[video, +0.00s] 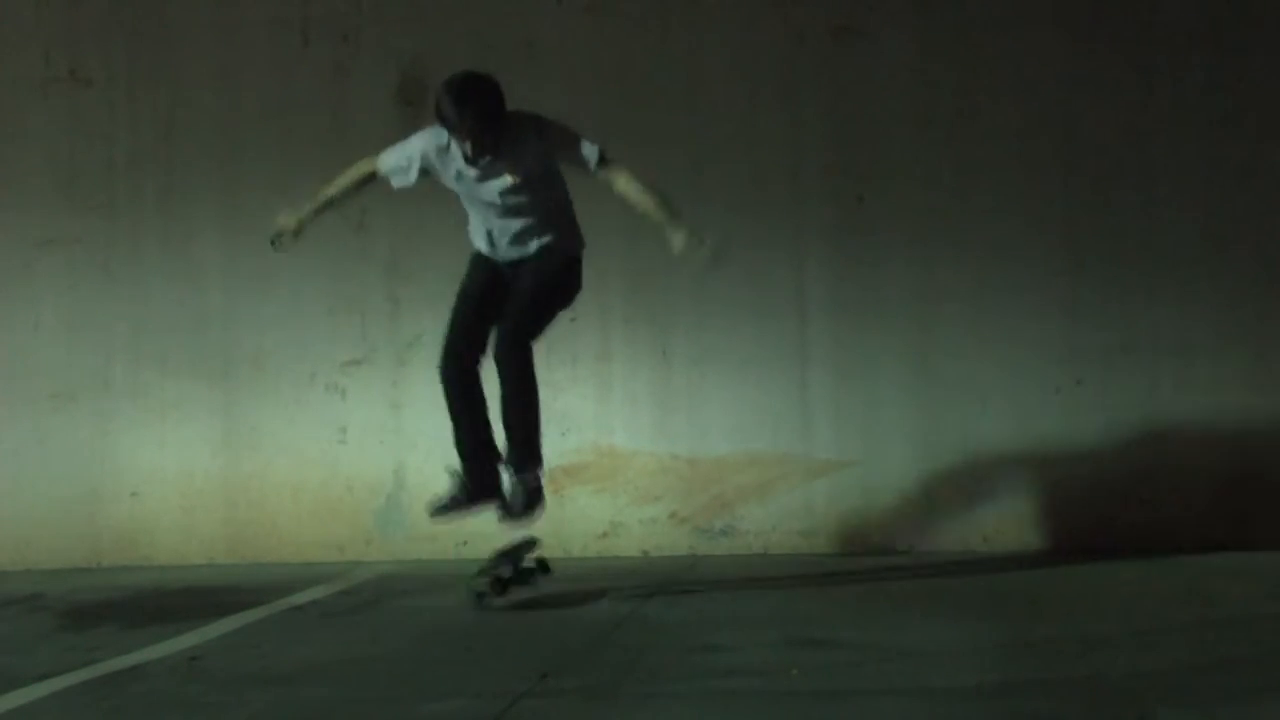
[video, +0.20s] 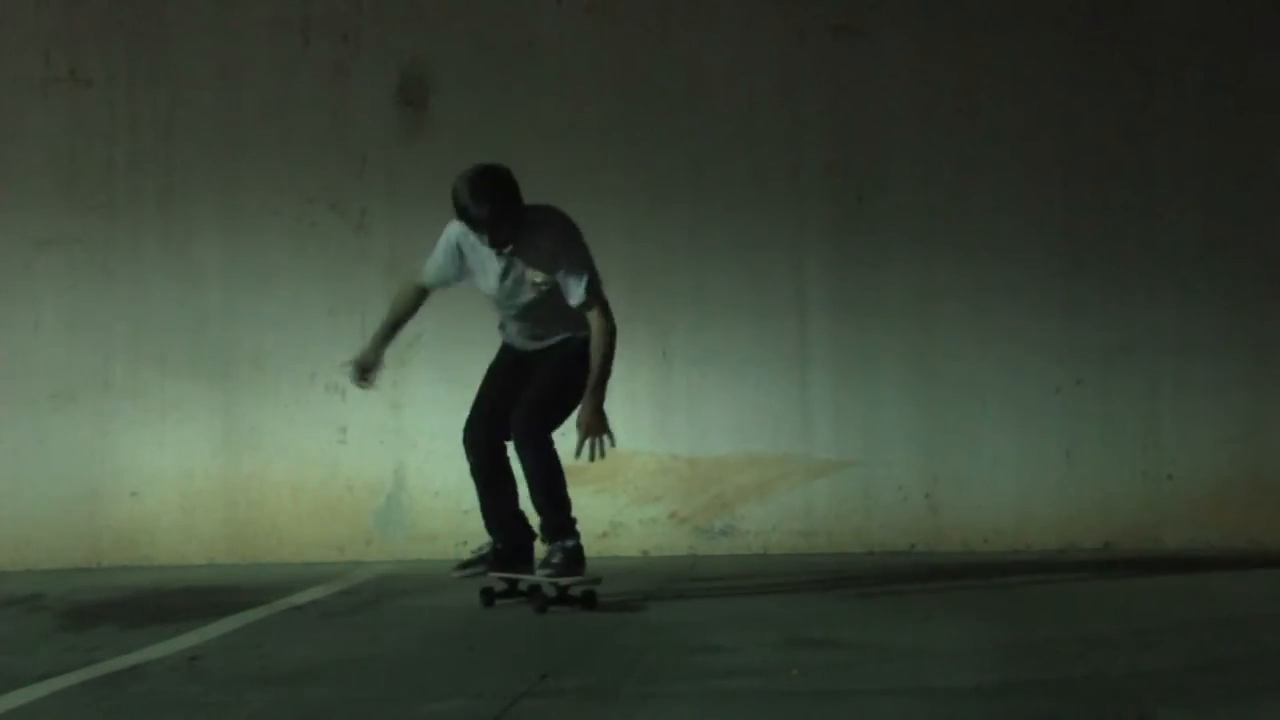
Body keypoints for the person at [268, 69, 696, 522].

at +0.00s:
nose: (470, 148)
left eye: (478, 137)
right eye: (461, 138)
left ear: (498, 122)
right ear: (448, 129)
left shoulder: (534, 137)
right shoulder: (435, 146)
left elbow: (606, 168)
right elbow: (367, 171)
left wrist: (671, 224)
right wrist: (300, 215)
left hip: (552, 261)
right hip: (491, 264)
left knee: (510, 343)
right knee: (457, 359)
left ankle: (525, 478)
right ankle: (480, 479)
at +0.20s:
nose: (496, 239)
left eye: (501, 228)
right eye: (485, 232)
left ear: (516, 211)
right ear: (470, 224)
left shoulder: (552, 233)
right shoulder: (460, 237)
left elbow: (601, 320)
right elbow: (419, 288)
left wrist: (594, 402)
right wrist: (374, 347)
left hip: (574, 347)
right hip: (517, 350)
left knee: (528, 428)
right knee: (479, 437)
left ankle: (563, 544)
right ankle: (511, 544)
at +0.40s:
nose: (518, 204)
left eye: (525, 192)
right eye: (507, 194)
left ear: (542, 177)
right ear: (495, 185)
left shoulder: (582, 198)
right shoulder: (487, 200)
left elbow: (628, 281)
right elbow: (460, 260)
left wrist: (618, 361)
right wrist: (426, 326)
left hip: (594, 323)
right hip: (541, 327)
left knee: (573, 422)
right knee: (518, 430)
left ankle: (594, 544)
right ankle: (537, 543)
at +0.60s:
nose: (556, 136)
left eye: (564, 122)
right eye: (544, 125)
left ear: (581, 114)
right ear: (529, 120)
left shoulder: (619, 154)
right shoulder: (517, 155)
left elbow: (659, 229)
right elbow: (486, 224)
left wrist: (673, 313)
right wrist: (456, 300)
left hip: (616, 306)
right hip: (554, 308)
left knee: (598, 411)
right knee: (540, 424)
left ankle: (620, 544)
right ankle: (561, 545)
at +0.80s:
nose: (600, 87)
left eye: (609, 75)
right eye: (588, 76)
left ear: (625, 72)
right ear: (570, 75)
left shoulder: (656, 128)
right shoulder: (547, 127)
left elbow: (692, 204)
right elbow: (518, 202)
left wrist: (713, 288)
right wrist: (501, 282)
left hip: (634, 294)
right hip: (568, 294)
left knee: (630, 417)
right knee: (563, 426)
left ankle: (645, 545)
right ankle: (582, 547)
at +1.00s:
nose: (643, 57)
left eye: (653, 46)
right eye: (632, 45)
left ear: (665, 50)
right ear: (610, 48)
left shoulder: (689, 113)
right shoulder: (578, 110)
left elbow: (719, 197)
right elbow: (548, 189)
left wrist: (741, 280)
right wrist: (548, 272)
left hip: (664, 291)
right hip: (595, 291)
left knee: (662, 421)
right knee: (592, 428)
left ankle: (673, 548)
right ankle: (605, 550)